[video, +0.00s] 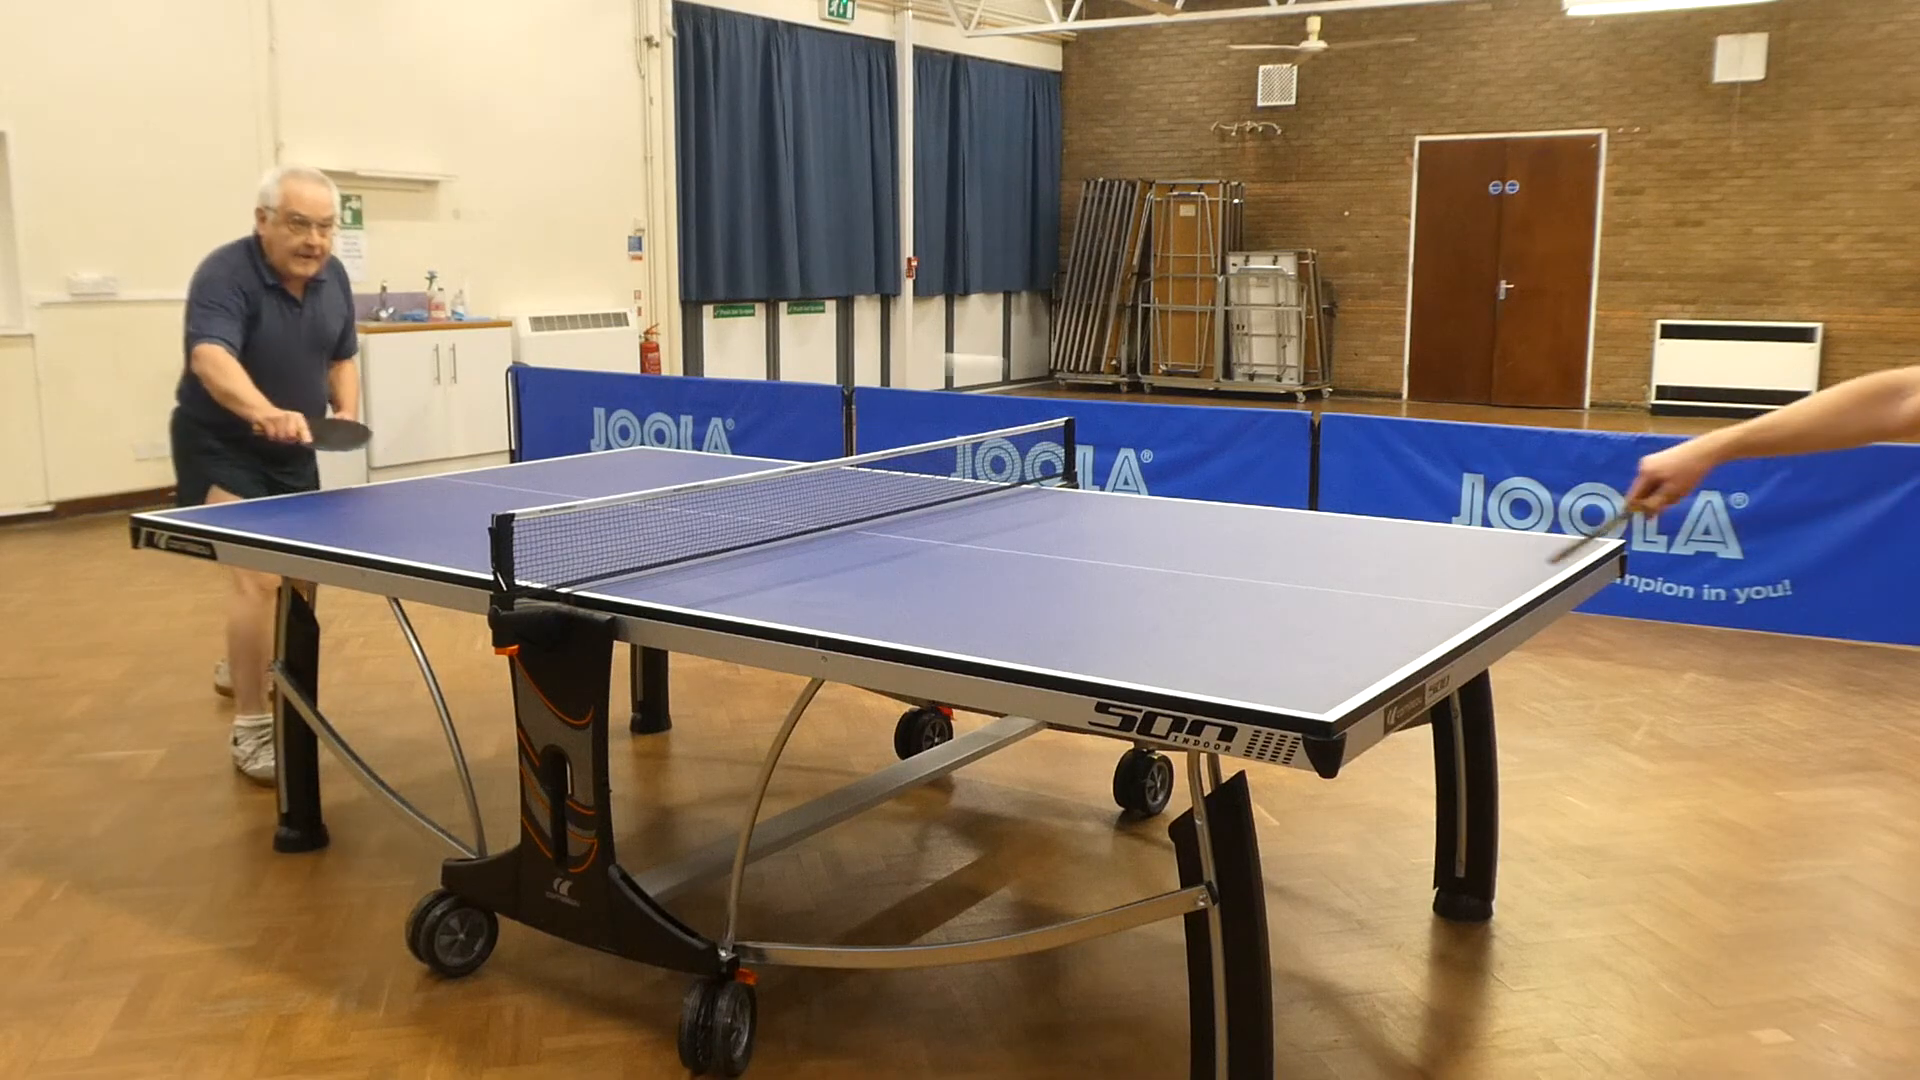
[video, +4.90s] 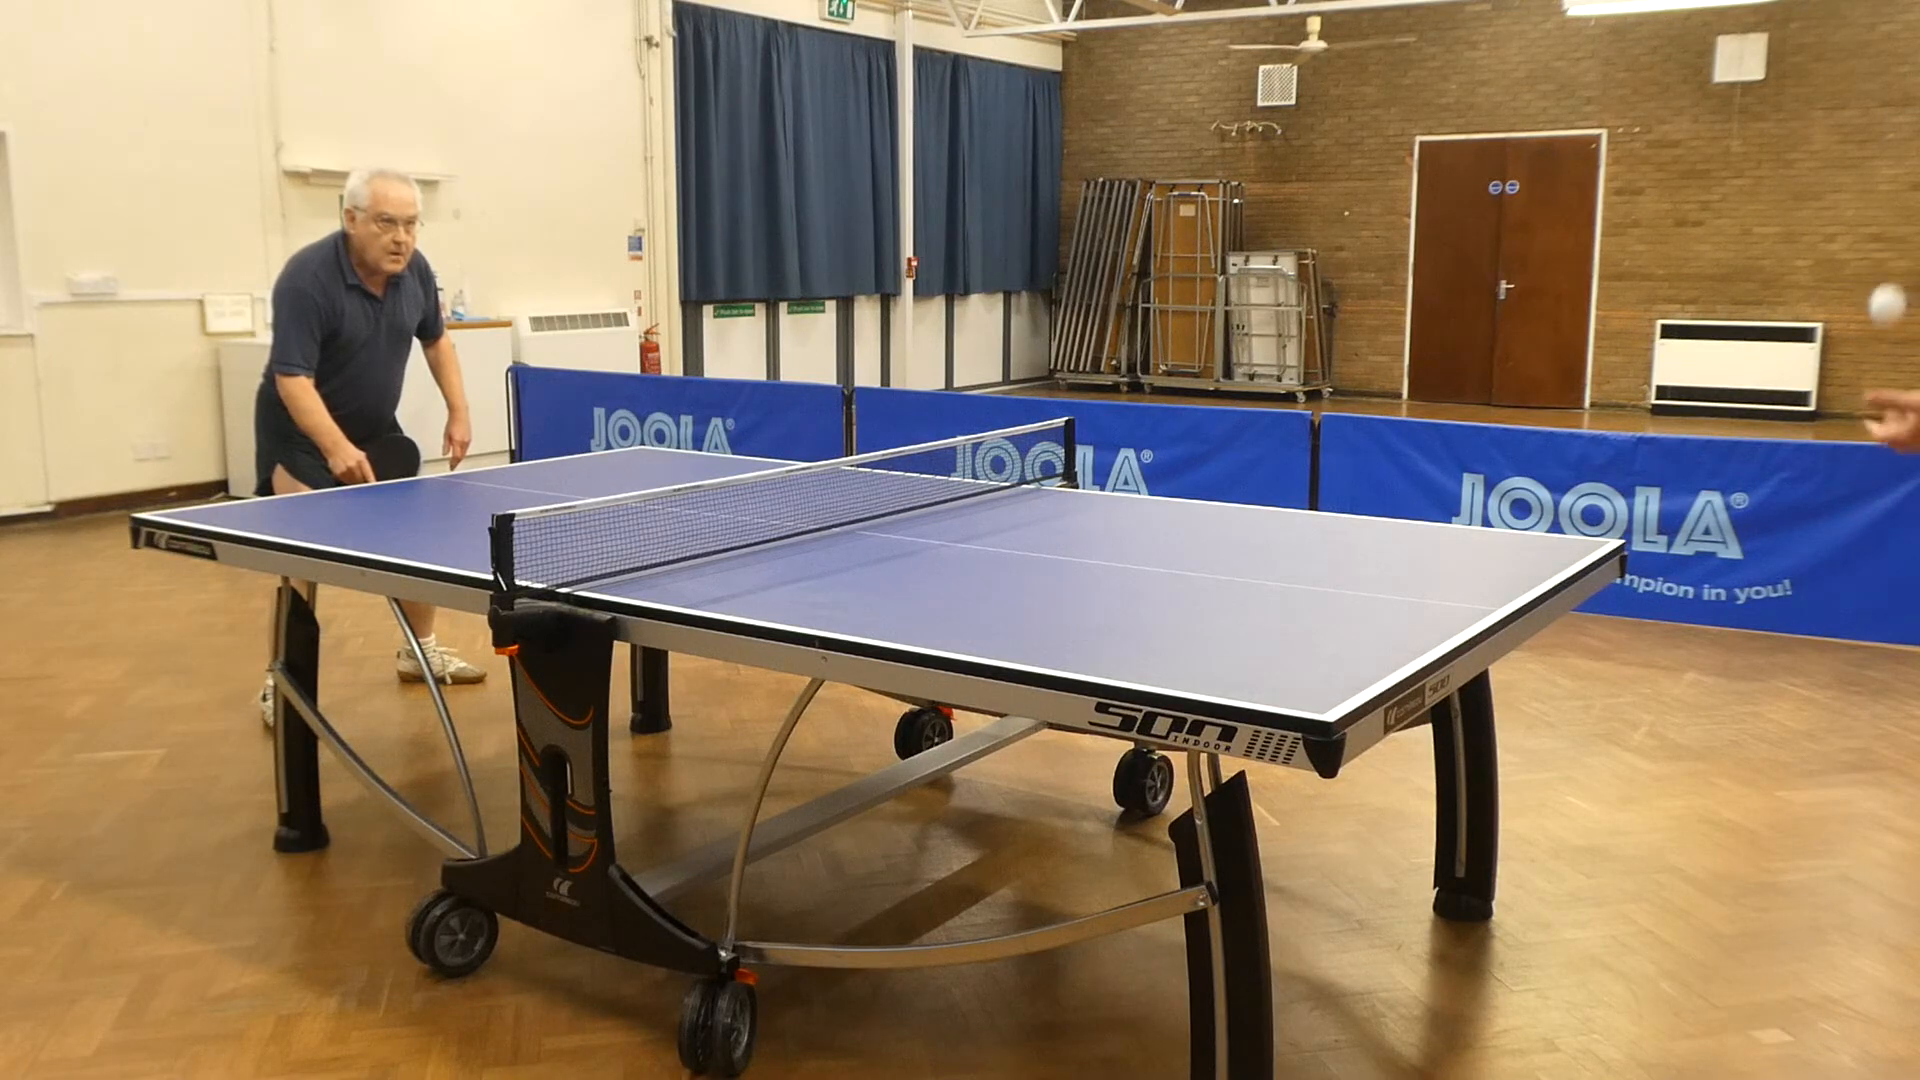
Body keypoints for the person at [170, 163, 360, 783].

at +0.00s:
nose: (315, 239)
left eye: (326, 226)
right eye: (299, 224)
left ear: (335, 225)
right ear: (263, 220)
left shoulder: (331, 278)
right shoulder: (227, 272)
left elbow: (342, 357)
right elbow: (209, 357)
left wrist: (346, 411)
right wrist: (265, 410)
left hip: (294, 445)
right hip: (221, 441)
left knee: (297, 573)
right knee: (258, 579)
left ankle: (239, 667)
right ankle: (254, 725)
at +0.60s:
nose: (301, 214)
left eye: (314, 199)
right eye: (284, 200)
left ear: (330, 195)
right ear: (257, 199)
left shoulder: (346, 242)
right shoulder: (244, 258)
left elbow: (367, 306)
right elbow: (268, 323)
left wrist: (387, 344)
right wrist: (310, 349)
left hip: (335, 436)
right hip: (262, 441)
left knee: (370, 560)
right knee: (284, 573)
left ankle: (311, 635)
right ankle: (273, 716)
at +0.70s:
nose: (325, 203)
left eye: (336, 189)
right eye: (308, 190)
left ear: (349, 188)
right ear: (276, 191)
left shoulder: (359, 238)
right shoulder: (256, 253)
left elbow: (376, 313)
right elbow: (281, 327)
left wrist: (410, 361)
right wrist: (322, 362)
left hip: (348, 432)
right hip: (273, 438)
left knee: (387, 544)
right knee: (287, 571)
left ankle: (374, 660)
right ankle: (273, 717)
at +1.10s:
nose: (336, 182)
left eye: (348, 169)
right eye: (319, 171)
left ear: (363, 170)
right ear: (293, 176)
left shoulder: (391, 231)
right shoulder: (267, 252)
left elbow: (424, 306)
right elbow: (249, 344)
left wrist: (451, 380)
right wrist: (250, 414)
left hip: (384, 430)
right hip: (299, 436)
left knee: (402, 558)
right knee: (297, 571)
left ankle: (406, 672)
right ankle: (287, 710)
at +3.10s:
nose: (386, 227)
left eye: (396, 212)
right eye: (371, 213)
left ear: (406, 212)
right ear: (337, 210)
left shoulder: (408, 258)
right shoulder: (297, 274)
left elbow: (437, 328)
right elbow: (274, 371)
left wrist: (468, 396)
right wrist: (306, 436)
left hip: (389, 434)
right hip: (315, 445)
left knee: (425, 533)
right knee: (315, 564)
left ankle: (420, 647)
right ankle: (296, 676)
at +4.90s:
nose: (402, 238)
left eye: (411, 224)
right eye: (387, 224)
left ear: (419, 225)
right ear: (351, 221)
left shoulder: (414, 271)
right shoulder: (308, 278)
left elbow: (435, 338)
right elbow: (290, 378)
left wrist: (458, 408)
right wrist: (335, 446)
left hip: (375, 426)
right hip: (302, 430)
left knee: (417, 527)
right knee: (302, 554)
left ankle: (419, 646)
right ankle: (282, 679)